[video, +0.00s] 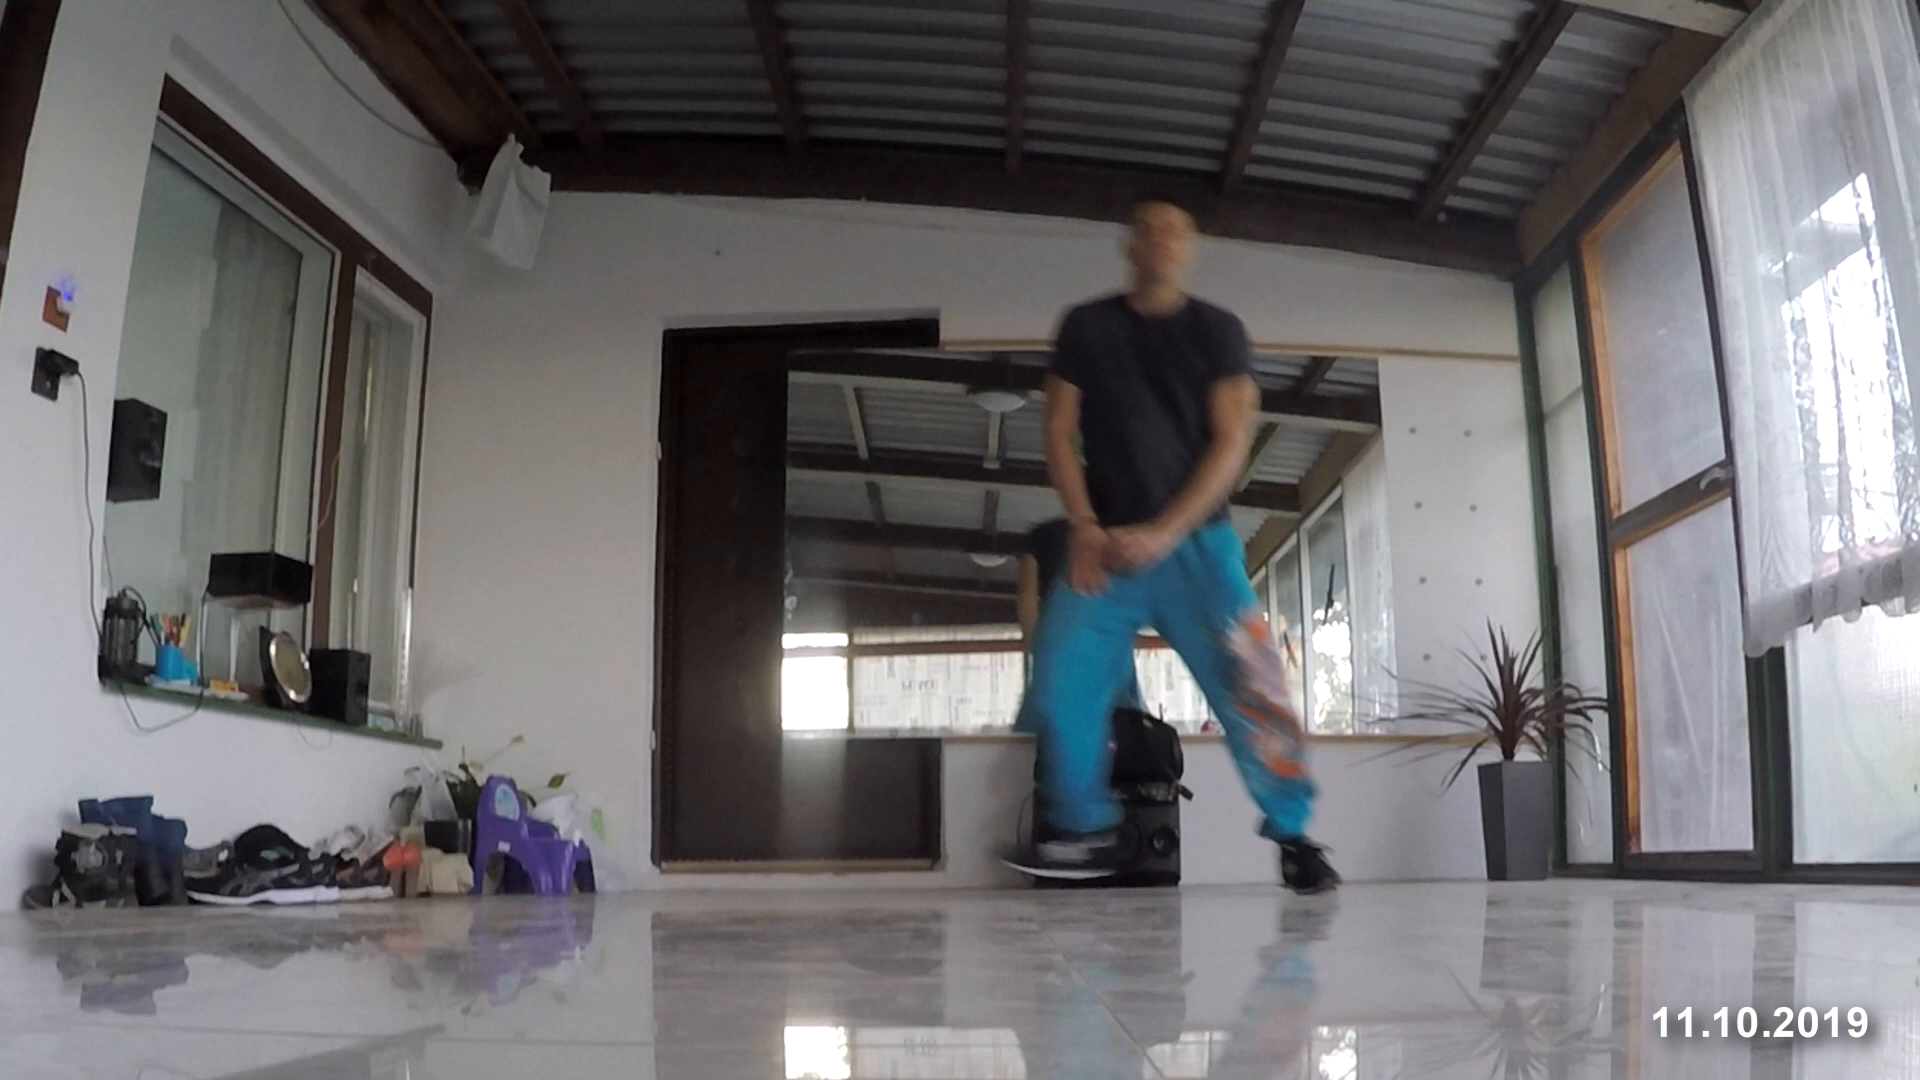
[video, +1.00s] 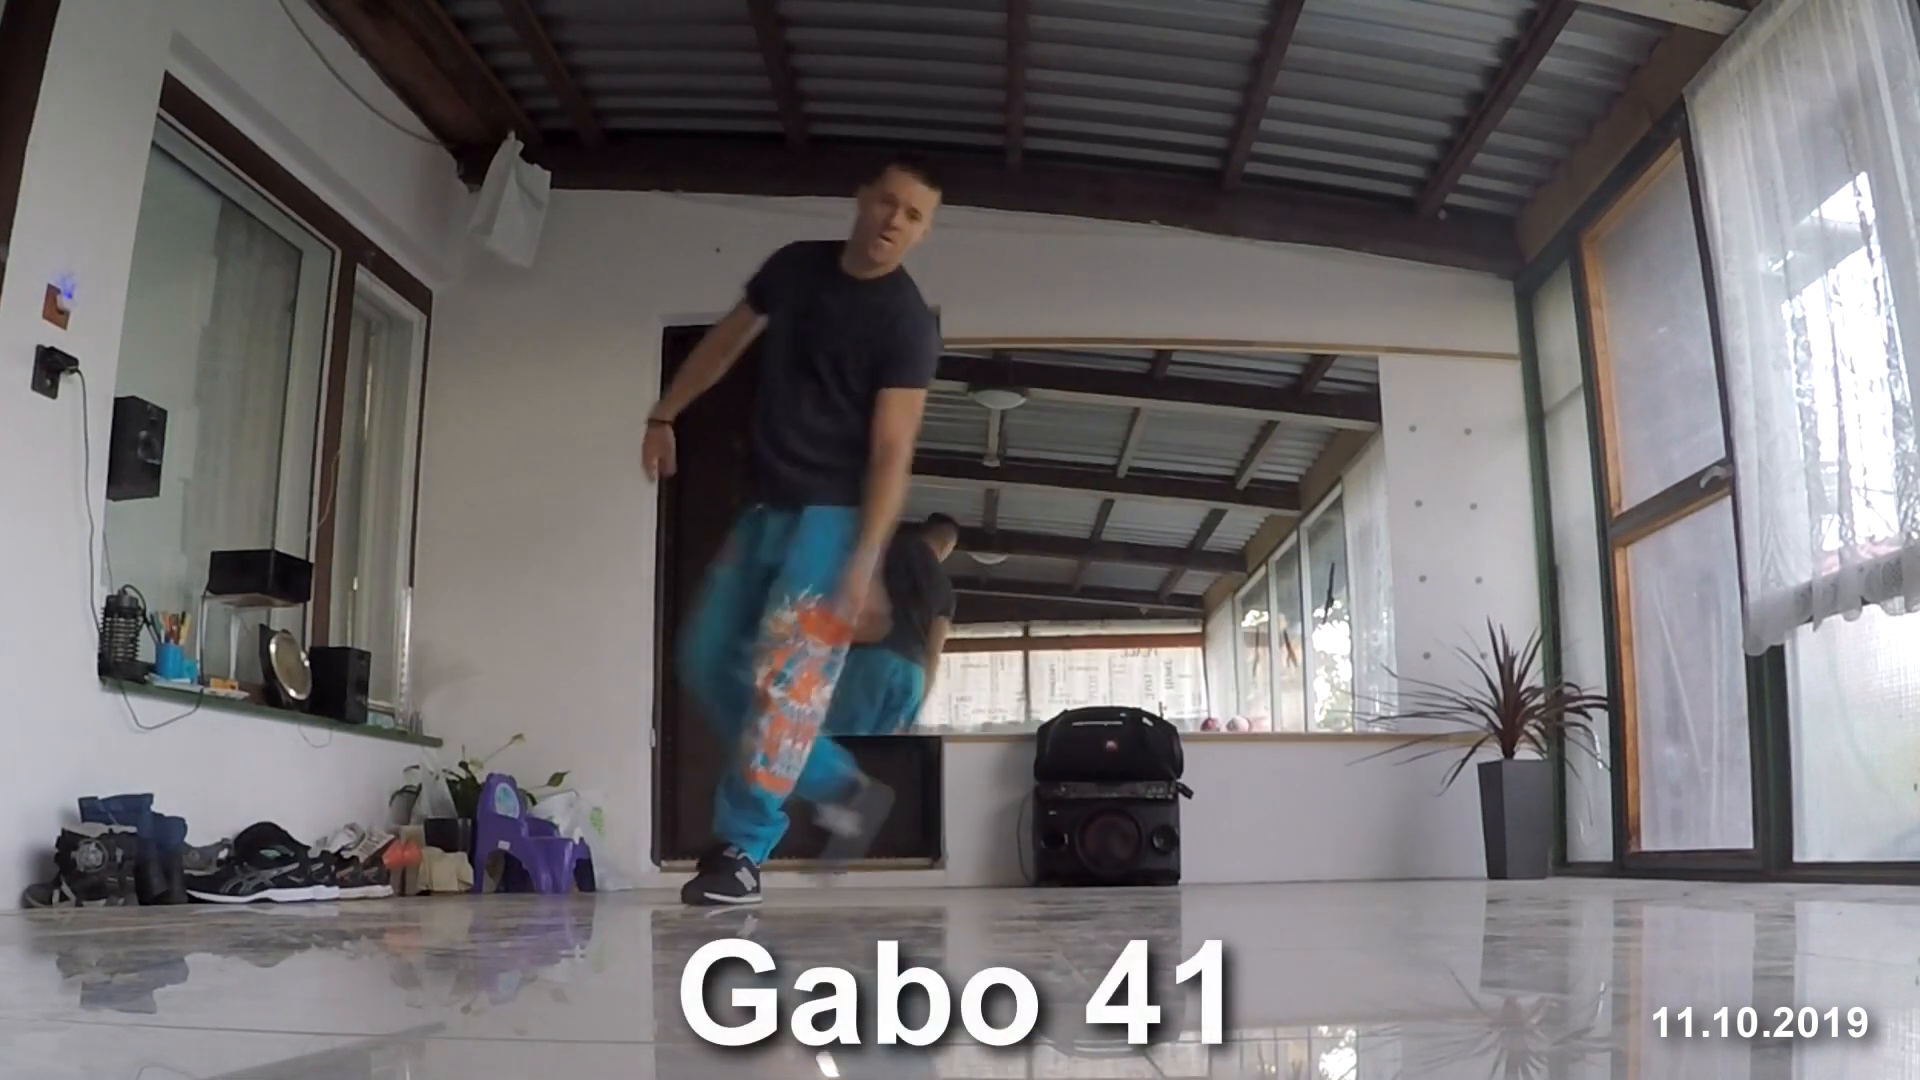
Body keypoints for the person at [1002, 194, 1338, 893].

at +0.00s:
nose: (1159, 244)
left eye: (1172, 233)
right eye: (1148, 232)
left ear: (1191, 248)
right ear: (1129, 245)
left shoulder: (1217, 330)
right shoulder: (1085, 326)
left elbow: (1231, 447)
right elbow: (1059, 433)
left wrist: (1163, 530)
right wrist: (1082, 524)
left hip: (1196, 543)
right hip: (1103, 544)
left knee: (1249, 685)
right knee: (1062, 692)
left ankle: (1295, 837)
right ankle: (1084, 836)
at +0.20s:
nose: (1055, 262)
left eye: (1065, 249)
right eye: (1044, 252)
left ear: (1088, 257)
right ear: (1030, 266)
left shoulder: (1126, 326)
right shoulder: (1027, 363)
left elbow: (1161, 432)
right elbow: (1020, 480)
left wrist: (1103, 534)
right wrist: (1035, 564)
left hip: (1152, 548)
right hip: (1068, 560)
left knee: (1198, 694)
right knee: (1009, 693)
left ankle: (1265, 840)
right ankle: (940, 842)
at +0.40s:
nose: (933, 273)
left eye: (945, 260)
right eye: (922, 265)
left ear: (974, 270)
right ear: (914, 281)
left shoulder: (1009, 333)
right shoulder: (929, 378)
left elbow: (1068, 430)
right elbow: (940, 482)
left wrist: (1054, 543)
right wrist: (953, 559)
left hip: (1064, 547)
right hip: (984, 563)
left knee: (1108, 681)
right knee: (939, 697)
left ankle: (1219, 803)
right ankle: (921, 854)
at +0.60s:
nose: (885, 263)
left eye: (898, 250)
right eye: (872, 253)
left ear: (922, 258)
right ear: (857, 266)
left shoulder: (966, 325)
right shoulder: (852, 355)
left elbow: (1063, 391)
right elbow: (803, 434)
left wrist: (1064, 489)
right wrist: (775, 497)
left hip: (996, 513)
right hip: (931, 529)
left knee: (913, 617)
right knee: (895, 680)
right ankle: (913, 853)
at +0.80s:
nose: (897, 224)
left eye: (913, 213)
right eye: (886, 208)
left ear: (933, 225)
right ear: (866, 213)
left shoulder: (945, 310)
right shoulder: (826, 290)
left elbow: (993, 421)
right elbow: (754, 361)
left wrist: (986, 533)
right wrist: (689, 433)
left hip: (902, 516)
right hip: (843, 518)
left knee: (850, 666)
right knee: (887, 681)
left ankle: (765, 833)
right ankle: (923, 854)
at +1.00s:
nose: (892, 221)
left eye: (910, 215)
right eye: (885, 202)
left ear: (924, 232)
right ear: (860, 199)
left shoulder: (906, 319)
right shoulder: (797, 266)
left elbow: (894, 452)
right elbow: (727, 339)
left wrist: (866, 564)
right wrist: (663, 414)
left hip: (838, 517)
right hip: (764, 508)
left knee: (787, 677)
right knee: (705, 662)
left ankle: (738, 852)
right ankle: (845, 791)